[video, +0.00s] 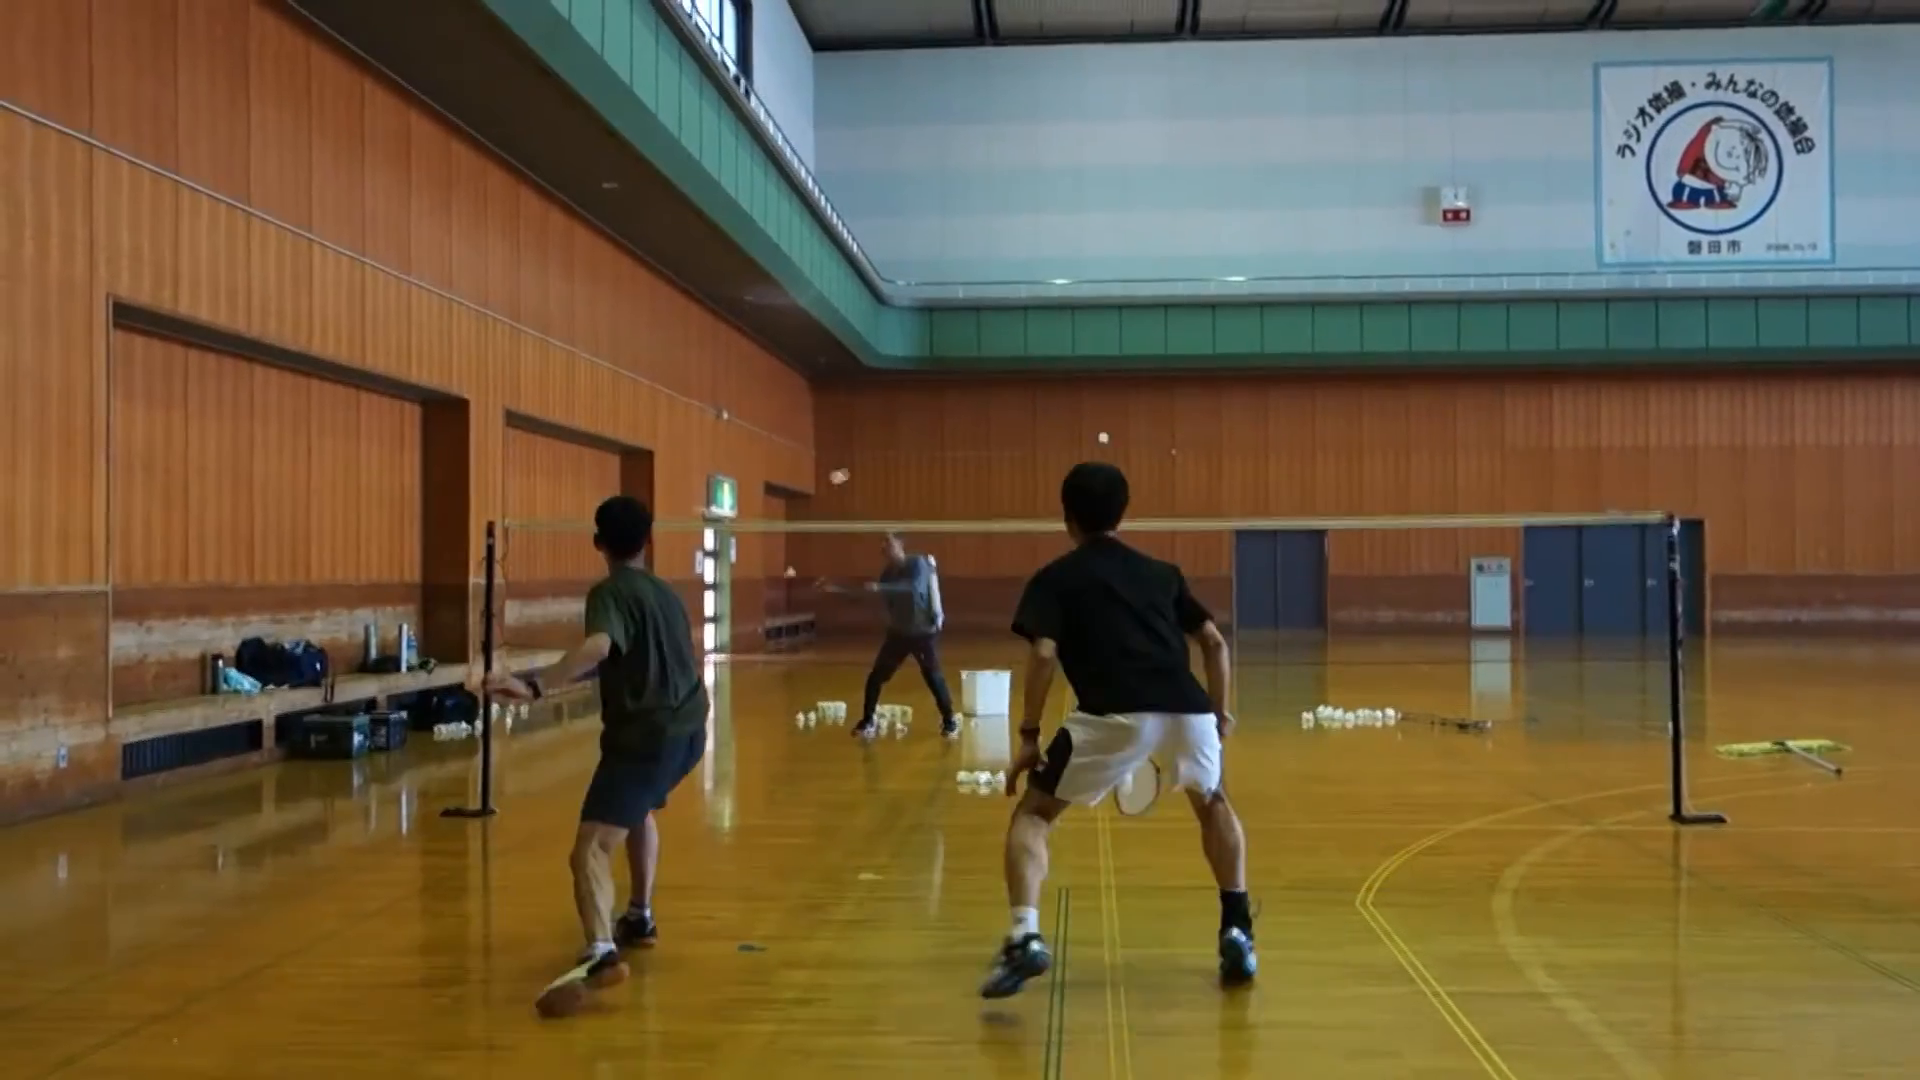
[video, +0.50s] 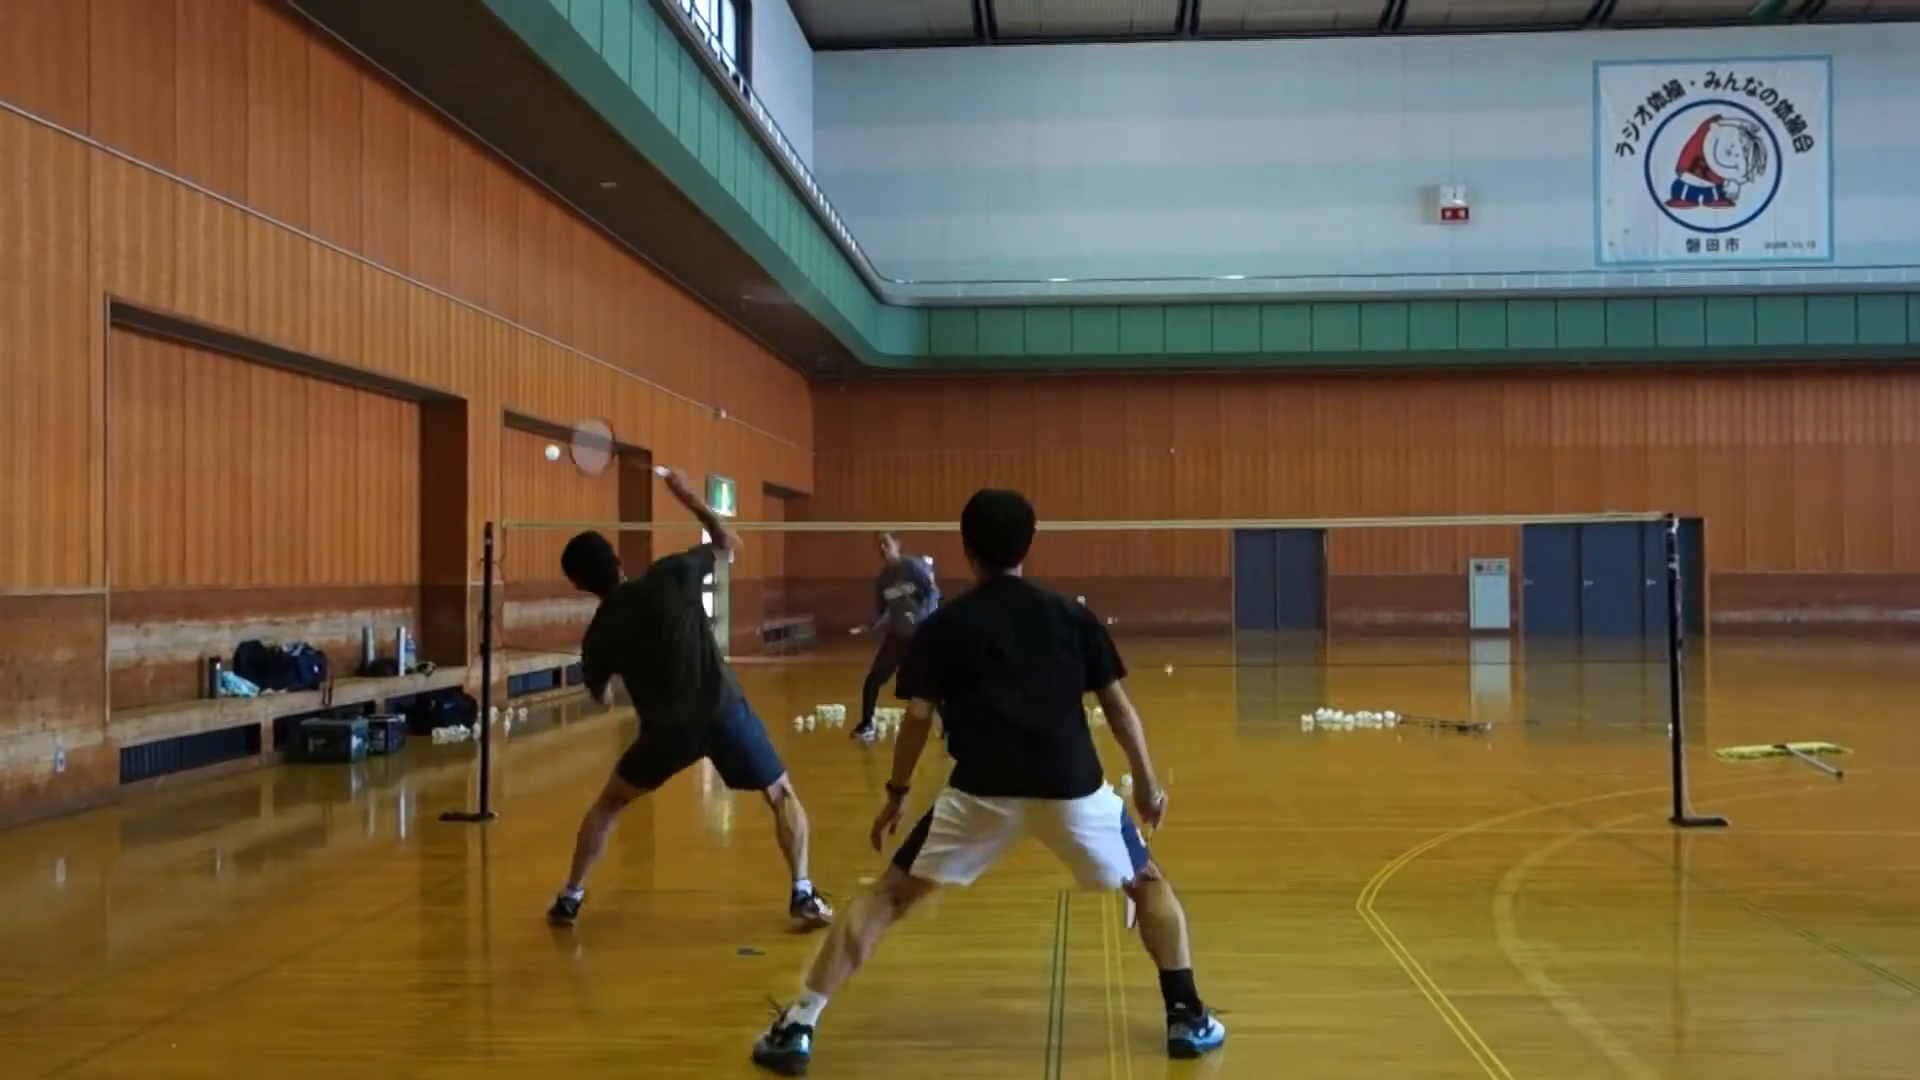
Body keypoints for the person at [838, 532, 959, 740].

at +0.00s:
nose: (888, 551)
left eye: (891, 546)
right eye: (886, 548)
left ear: (901, 546)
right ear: (884, 551)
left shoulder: (918, 563)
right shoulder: (888, 574)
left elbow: (916, 588)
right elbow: (871, 593)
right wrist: (837, 590)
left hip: (922, 632)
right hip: (898, 633)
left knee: (933, 677)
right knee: (876, 678)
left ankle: (949, 720)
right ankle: (867, 721)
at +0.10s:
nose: (889, 549)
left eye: (892, 544)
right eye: (886, 545)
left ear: (901, 544)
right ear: (884, 549)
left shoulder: (921, 565)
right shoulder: (885, 575)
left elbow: (932, 594)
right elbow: (877, 597)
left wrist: (914, 615)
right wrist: (871, 615)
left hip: (923, 635)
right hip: (897, 635)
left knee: (932, 678)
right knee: (875, 680)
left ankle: (948, 722)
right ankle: (867, 723)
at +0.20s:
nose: (888, 547)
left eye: (891, 542)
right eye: (885, 544)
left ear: (902, 543)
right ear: (883, 548)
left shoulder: (920, 565)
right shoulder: (884, 579)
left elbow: (943, 591)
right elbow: (885, 607)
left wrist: (940, 618)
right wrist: (895, 625)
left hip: (924, 635)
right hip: (899, 636)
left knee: (932, 679)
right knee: (874, 680)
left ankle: (947, 723)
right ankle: (867, 723)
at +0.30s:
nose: (887, 550)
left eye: (891, 545)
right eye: (884, 546)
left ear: (901, 545)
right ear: (882, 550)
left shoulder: (920, 566)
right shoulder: (882, 581)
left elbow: (944, 592)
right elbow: (885, 611)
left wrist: (940, 621)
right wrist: (890, 629)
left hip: (927, 636)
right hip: (901, 638)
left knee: (936, 682)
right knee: (875, 680)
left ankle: (948, 724)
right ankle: (867, 723)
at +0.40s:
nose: (885, 545)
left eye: (888, 540)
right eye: (882, 541)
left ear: (898, 542)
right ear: (880, 545)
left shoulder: (916, 564)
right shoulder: (880, 577)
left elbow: (938, 591)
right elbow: (881, 609)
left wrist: (938, 623)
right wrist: (878, 631)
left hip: (922, 636)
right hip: (895, 637)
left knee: (934, 682)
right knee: (873, 680)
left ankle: (948, 723)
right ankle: (866, 722)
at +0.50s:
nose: (884, 549)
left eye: (887, 543)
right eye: (881, 545)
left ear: (897, 544)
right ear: (878, 549)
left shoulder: (915, 567)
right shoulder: (882, 580)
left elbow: (933, 594)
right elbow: (883, 612)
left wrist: (920, 617)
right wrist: (870, 627)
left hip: (922, 636)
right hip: (897, 637)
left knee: (934, 683)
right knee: (872, 681)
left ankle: (947, 724)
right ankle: (866, 724)